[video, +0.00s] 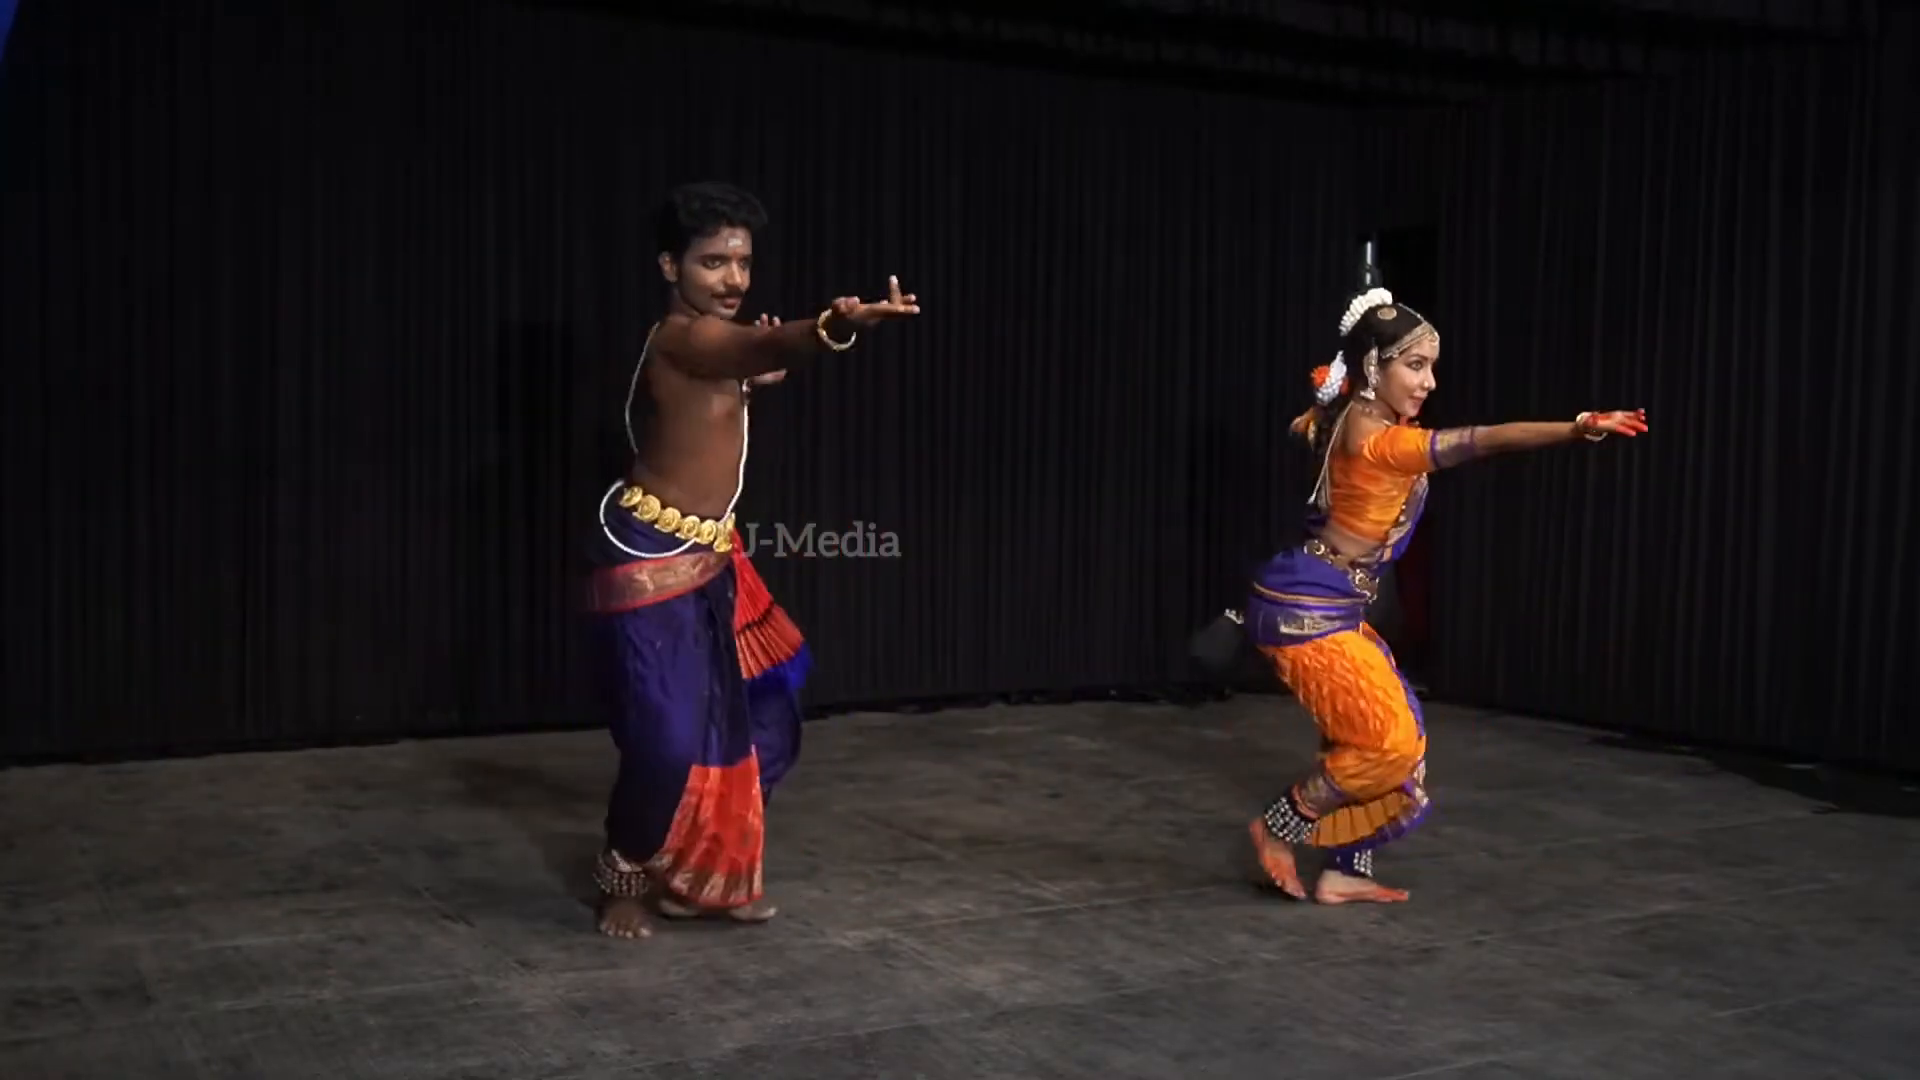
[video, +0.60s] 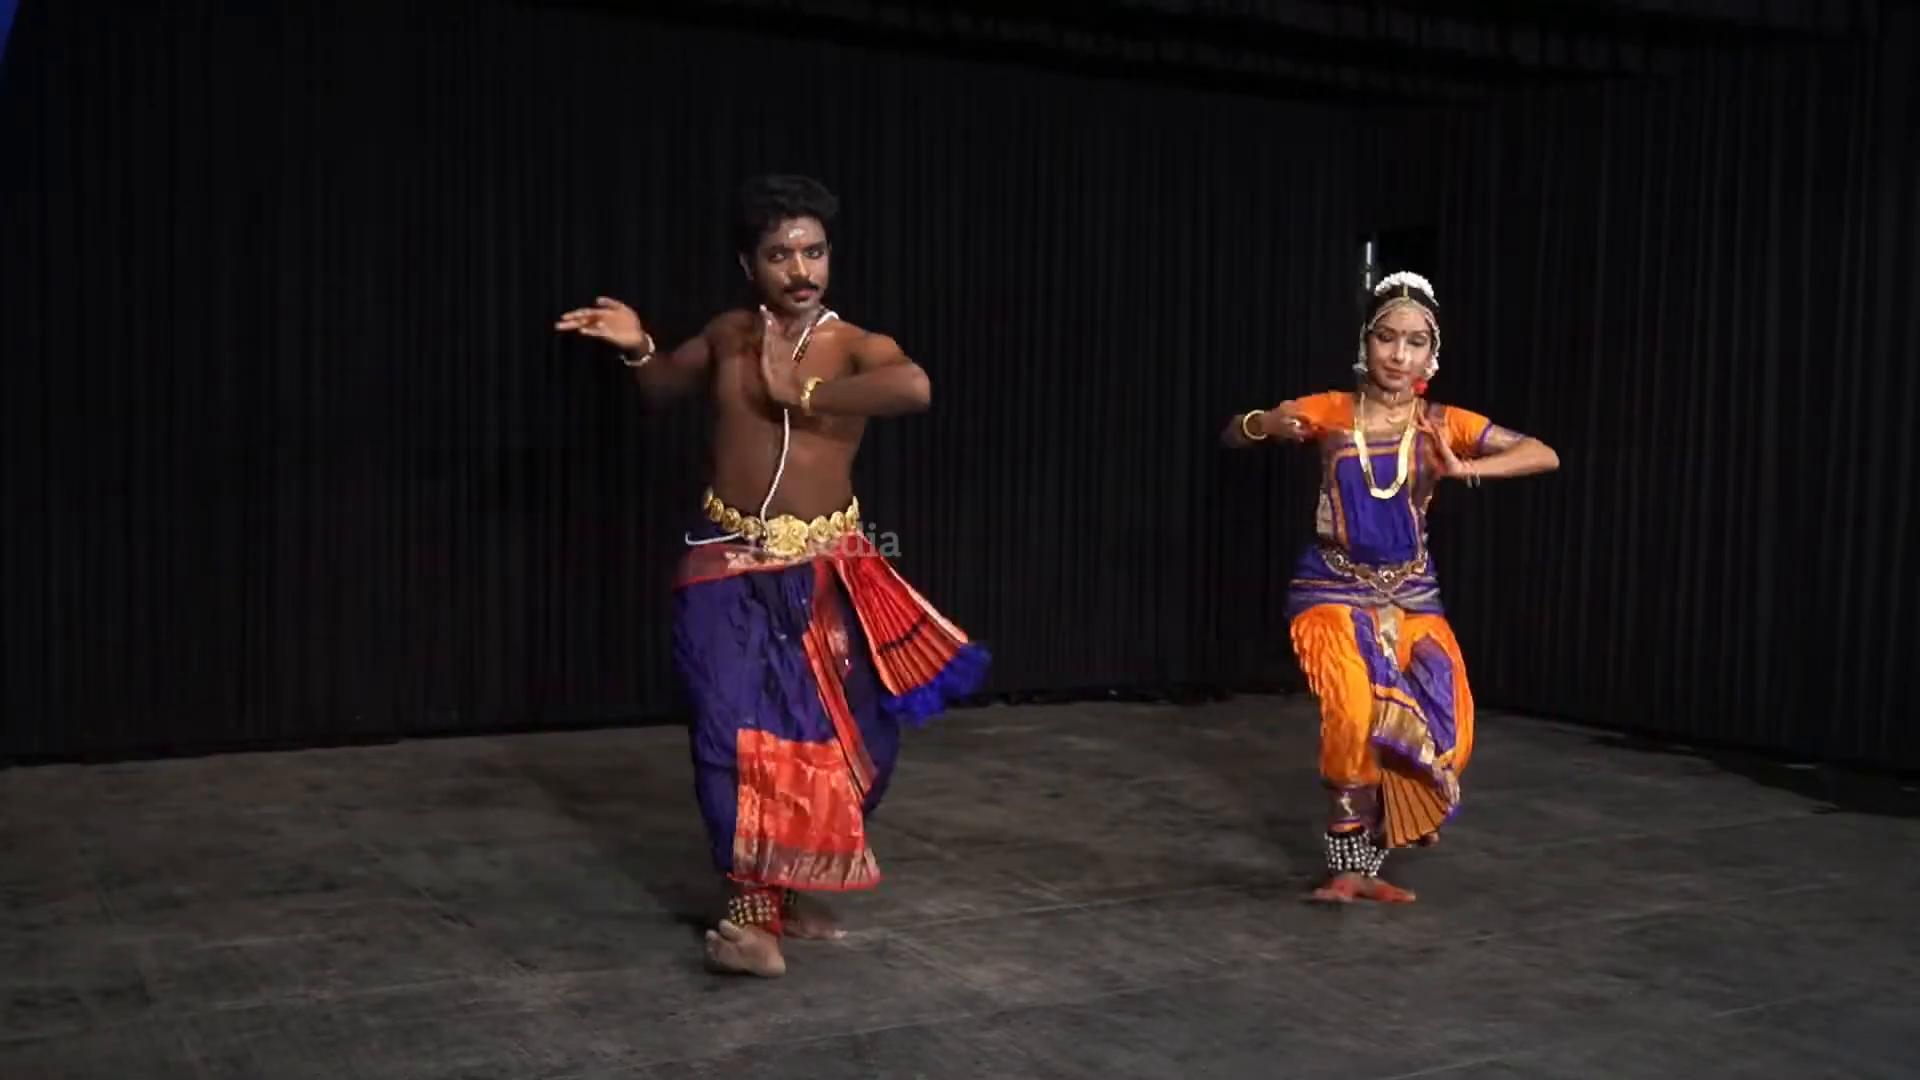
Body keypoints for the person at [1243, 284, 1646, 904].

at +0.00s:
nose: (1429, 380)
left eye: (1432, 367)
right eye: (1416, 365)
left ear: (1376, 369)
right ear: (1372, 369)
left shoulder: (1349, 414)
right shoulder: (1382, 442)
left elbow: (1305, 425)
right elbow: (1478, 440)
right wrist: (1575, 429)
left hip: (1330, 611)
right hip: (1309, 614)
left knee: (1400, 743)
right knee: (1391, 743)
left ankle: (1343, 872)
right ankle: (1277, 827)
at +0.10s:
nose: (1437, 384)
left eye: (1439, 370)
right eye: (1423, 369)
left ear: (1376, 378)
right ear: (1380, 374)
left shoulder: (1351, 421)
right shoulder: (1394, 446)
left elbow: (1320, 426)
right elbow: (1493, 441)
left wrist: (1341, 397)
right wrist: (1594, 434)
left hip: (1306, 601)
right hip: (1324, 609)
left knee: (1366, 721)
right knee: (1423, 708)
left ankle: (1345, 866)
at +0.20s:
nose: (1442, 380)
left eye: (1445, 366)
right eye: (1428, 365)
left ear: (1386, 370)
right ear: (1385, 371)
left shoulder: (1369, 421)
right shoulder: (1397, 441)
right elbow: (1495, 444)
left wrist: (1359, 386)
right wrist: (1595, 439)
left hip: (1323, 597)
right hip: (1334, 604)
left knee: (1377, 726)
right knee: (1413, 713)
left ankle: (1347, 870)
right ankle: (1426, 892)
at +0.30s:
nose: (1442, 367)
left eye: (1447, 353)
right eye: (1429, 352)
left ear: (1442, 353)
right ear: (1387, 358)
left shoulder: (1388, 411)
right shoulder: (1388, 426)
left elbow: (1411, 455)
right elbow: (1481, 450)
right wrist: (1576, 434)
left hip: (1350, 594)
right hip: (1336, 597)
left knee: (1395, 720)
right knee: (1408, 718)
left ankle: (1349, 868)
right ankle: (1423, 889)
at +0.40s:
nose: (1440, 354)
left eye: (1446, 340)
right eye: (1425, 338)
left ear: (1448, 347)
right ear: (1385, 344)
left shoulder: (1437, 409)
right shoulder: (1367, 408)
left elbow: (1485, 450)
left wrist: (1496, 441)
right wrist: (1487, 429)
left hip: (1384, 595)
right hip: (1331, 589)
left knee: (1443, 739)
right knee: (1385, 716)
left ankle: (1349, 854)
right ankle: (1411, 874)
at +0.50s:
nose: (1438, 352)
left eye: (1445, 338)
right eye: (1424, 336)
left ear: (1448, 343)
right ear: (1384, 339)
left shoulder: (1444, 409)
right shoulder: (1346, 401)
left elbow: (1535, 434)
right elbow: (1252, 418)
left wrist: (1507, 458)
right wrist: (1351, 438)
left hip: (1408, 594)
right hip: (1336, 591)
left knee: (1440, 731)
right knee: (1369, 723)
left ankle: (1353, 858)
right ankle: (1394, 880)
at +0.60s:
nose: (1401, 355)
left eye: (1418, 343)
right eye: (1389, 338)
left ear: (1433, 358)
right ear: (1366, 347)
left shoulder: (1444, 424)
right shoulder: (1329, 413)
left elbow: (1545, 454)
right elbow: (1235, 434)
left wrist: (1475, 467)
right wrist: (1264, 425)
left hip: (1412, 597)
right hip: (1333, 591)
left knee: (1446, 727)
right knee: (1352, 704)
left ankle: (1372, 865)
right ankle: (1346, 865)